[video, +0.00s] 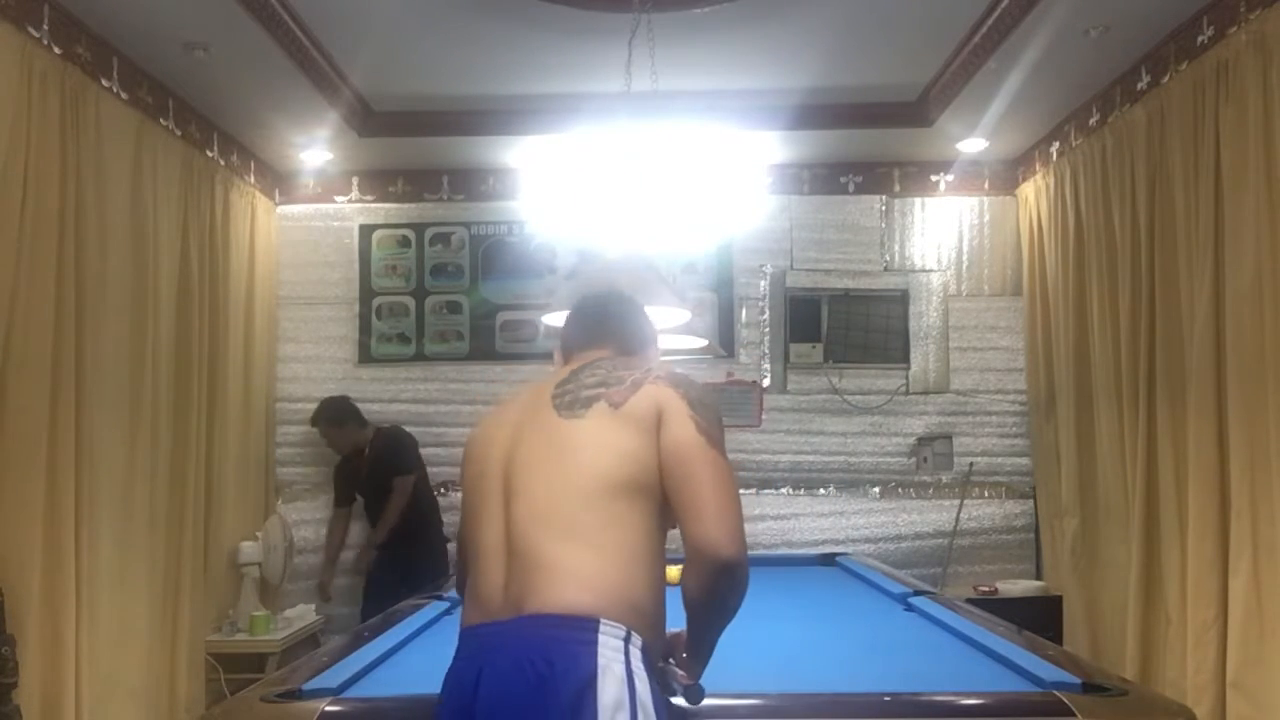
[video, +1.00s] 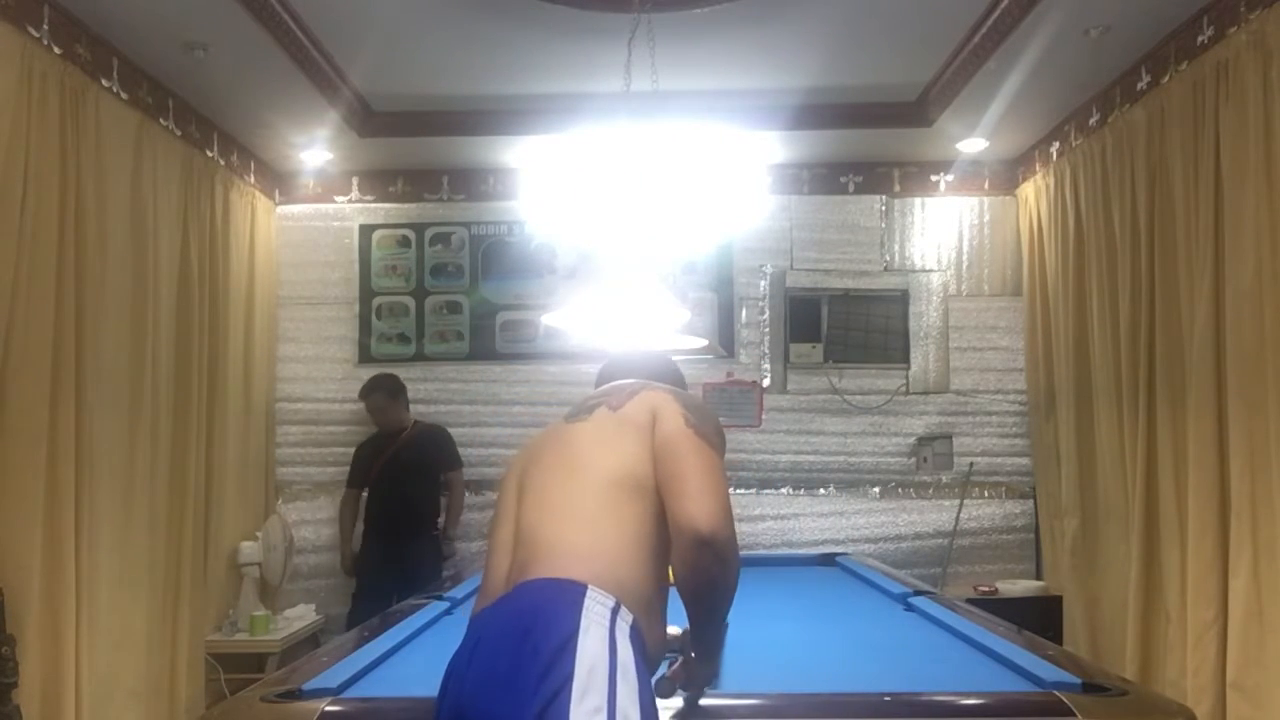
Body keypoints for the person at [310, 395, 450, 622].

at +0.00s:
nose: (328, 445)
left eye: (328, 437)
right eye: (325, 439)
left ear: (346, 426)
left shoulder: (396, 440)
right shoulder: (346, 468)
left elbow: (402, 497)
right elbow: (340, 519)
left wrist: (372, 545)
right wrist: (328, 572)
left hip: (423, 551)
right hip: (387, 553)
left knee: (420, 624)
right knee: (374, 624)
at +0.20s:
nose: (332, 437)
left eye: (332, 429)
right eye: (327, 431)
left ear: (348, 417)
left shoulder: (396, 433)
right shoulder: (338, 462)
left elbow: (411, 483)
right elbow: (333, 517)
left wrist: (366, 523)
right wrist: (329, 569)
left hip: (414, 551)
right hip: (373, 557)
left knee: (421, 628)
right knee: (362, 636)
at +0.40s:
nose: (338, 434)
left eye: (339, 426)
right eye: (334, 428)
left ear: (356, 414)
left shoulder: (405, 435)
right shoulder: (341, 457)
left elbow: (422, 488)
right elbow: (337, 515)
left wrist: (415, 537)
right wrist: (344, 563)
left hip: (410, 551)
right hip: (368, 555)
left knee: (418, 627)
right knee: (365, 635)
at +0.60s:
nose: (347, 429)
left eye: (348, 421)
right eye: (343, 423)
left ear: (365, 411)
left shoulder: (415, 435)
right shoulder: (349, 454)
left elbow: (444, 483)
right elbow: (344, 513)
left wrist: (447, 532)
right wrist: (348, 560)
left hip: (412, 556)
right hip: (369, 560)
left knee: (417, 630)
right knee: (370, 635)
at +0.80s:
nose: (359, 424)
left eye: (361, 416)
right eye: (357, 418)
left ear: (380, 407)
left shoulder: (428, 436)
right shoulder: (363, 452)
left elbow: (456, 481)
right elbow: (352, 506)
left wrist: (453, 532)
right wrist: (343, 558)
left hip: (418, 557)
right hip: (373, 557)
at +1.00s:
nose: (375, 419)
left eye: (379, 411)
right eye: (371, 413)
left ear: (399, 403)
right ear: (368, 410)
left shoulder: (435, 438)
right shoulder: (368, 449)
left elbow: (457, 488)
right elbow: (351, 499)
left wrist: (448, 537)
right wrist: (346, 549)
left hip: (421, 553)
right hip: (376, 554)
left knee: (422, 628)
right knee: (363, 631)